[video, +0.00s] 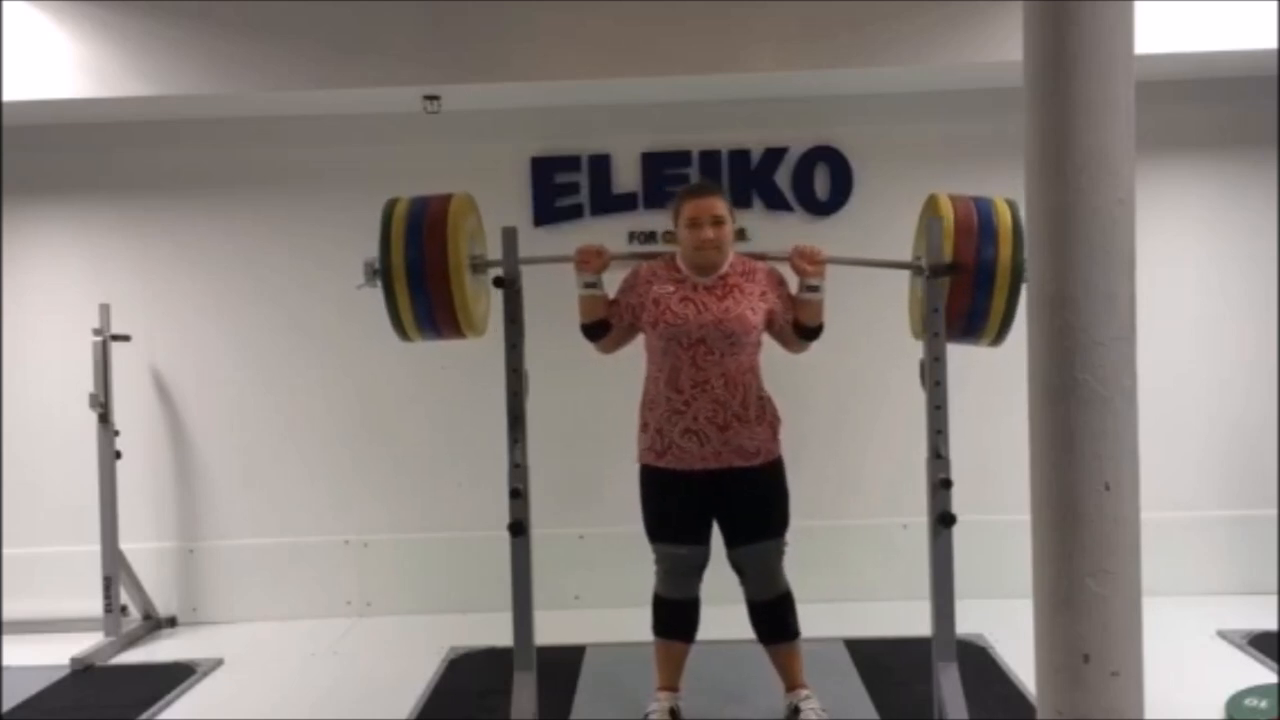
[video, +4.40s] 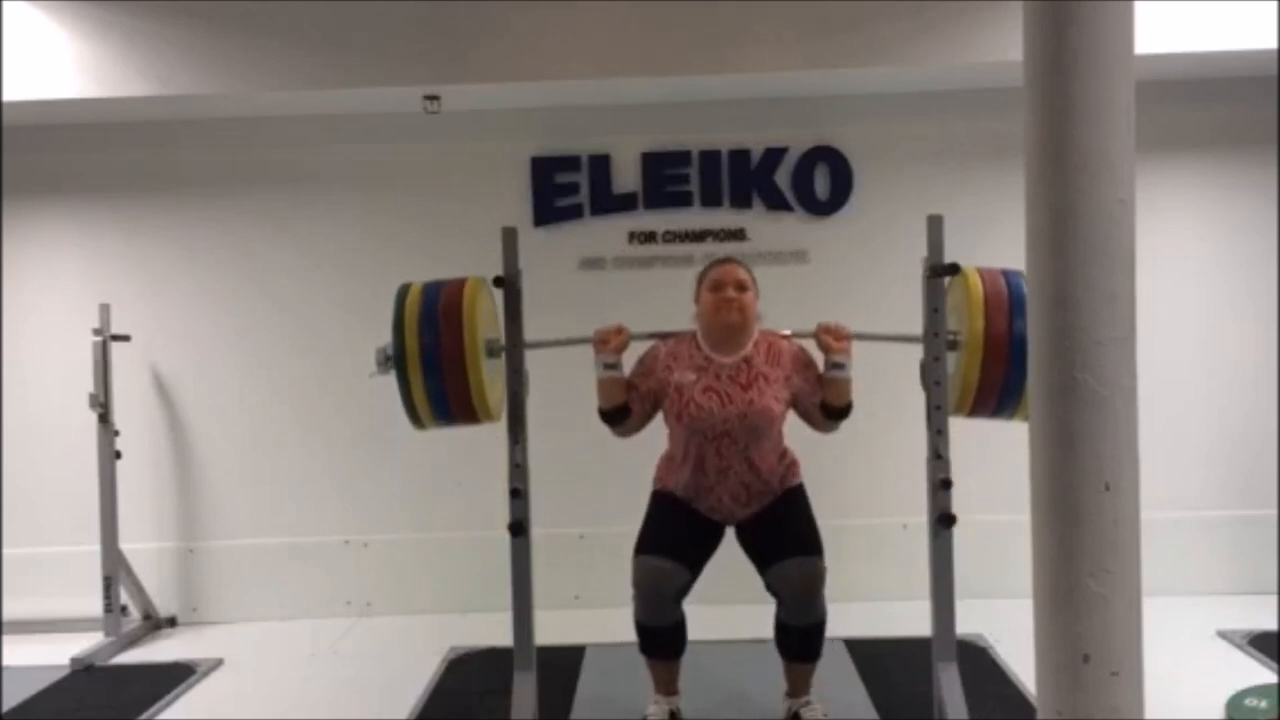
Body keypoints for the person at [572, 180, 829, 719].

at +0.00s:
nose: (707, 233)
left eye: (717, 222)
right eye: (695, 224)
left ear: (733, 228)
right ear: (676, 231)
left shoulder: (758, 278)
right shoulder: (649, 280)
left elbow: (799, 339)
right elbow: (604, 339)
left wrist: (810, 285)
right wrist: (590, 281)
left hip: (748, 456)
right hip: (672, 458)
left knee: (764, 576)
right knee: (676, 579)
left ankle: (799, 695)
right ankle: (665, 699)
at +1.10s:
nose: (726, 294)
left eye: (736, 285)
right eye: (713, 286)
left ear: (752, 297)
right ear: (695, 300)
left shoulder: (780, 352)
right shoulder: (666, 354)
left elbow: (822, 414)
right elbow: (621, 418)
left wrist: (833, 357)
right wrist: (606, 357)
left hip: (764, 489)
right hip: (682, 492)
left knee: (808, 584)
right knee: (656, 590)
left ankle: (801, 700)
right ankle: (665, 703)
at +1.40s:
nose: (730, 367)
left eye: (741, 358)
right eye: (717, 359)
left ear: (757, 370)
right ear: (699, 372)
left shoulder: (786, 421)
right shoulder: (671, 423)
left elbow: (828, 484)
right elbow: (627, 488)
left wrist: (840, 429)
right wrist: (611, 429)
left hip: (770, 545)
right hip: (688, 547)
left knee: (820, 604)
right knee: (650, 611)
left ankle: (801, 703)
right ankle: (667, 705)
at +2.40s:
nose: (732, 294)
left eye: (742, 287)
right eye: (719, 287)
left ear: (759, 303)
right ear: (700, 306)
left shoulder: (784, 355)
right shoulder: (670, 357)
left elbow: (828, 418)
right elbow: (626, 421)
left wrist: (840, 363)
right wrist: (611, 363)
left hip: (769, 489)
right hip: (687, 492)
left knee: (805, 583)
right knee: (658, 587)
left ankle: (800, 701)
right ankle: (665, 702)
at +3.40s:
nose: (731, 371)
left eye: (742, 363)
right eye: (718, 363)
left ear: (757, 376)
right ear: (700, 377)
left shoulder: (786, 428)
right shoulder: (671, 428)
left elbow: (829, 491)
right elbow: (627, 491)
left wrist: (840, 435)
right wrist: (612, 435)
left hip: (770, 553)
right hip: (686, 554)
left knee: (818, 603)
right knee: (644, 608)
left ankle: (801, 703)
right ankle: (666, 705)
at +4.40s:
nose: (730, 295)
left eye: (740, 288)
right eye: (717, 288)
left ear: (756, 303)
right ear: (697, 305)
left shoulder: (782, 355)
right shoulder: (668, 358)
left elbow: (827, 419)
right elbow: (623, 422)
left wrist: (838, 362)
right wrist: (608, 363)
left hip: (769, 489)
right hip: (687, 491)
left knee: (802, 585)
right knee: (653, 584)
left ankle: (800, 701)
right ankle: (664, 702)